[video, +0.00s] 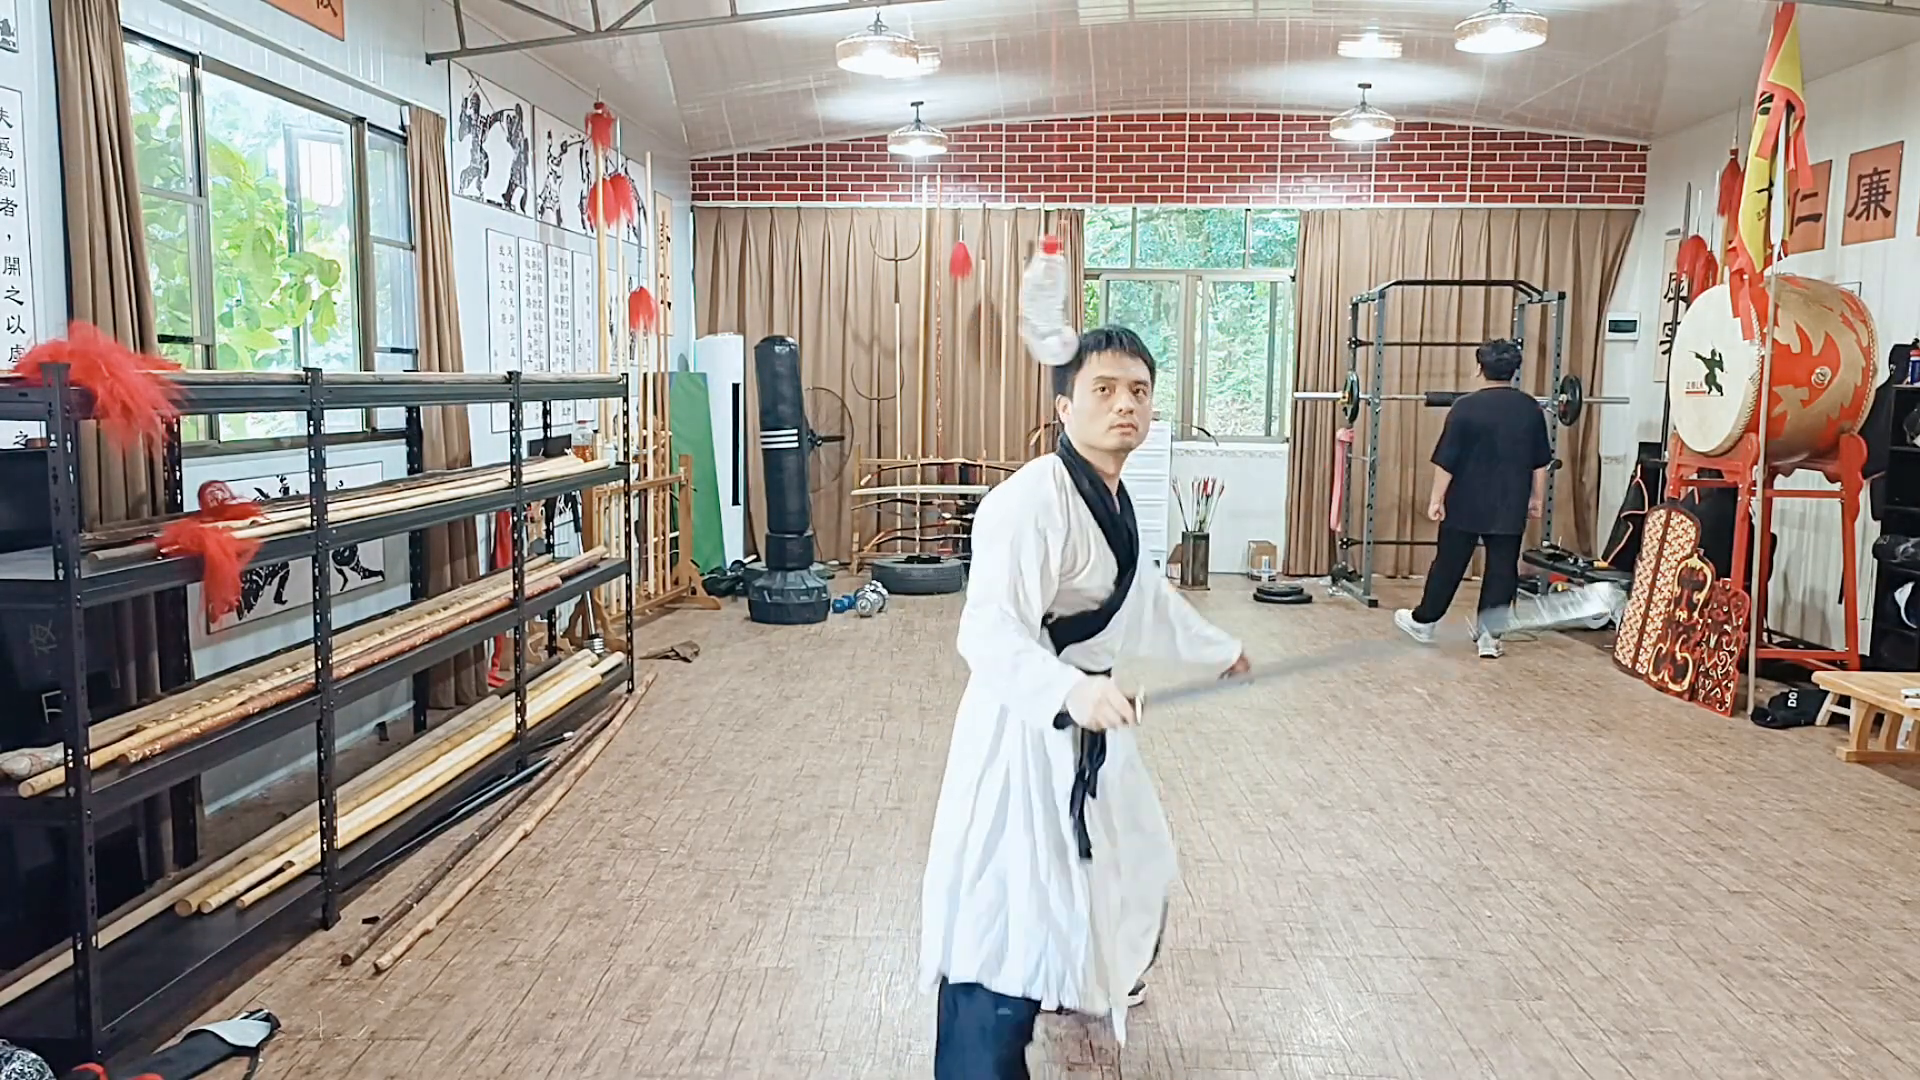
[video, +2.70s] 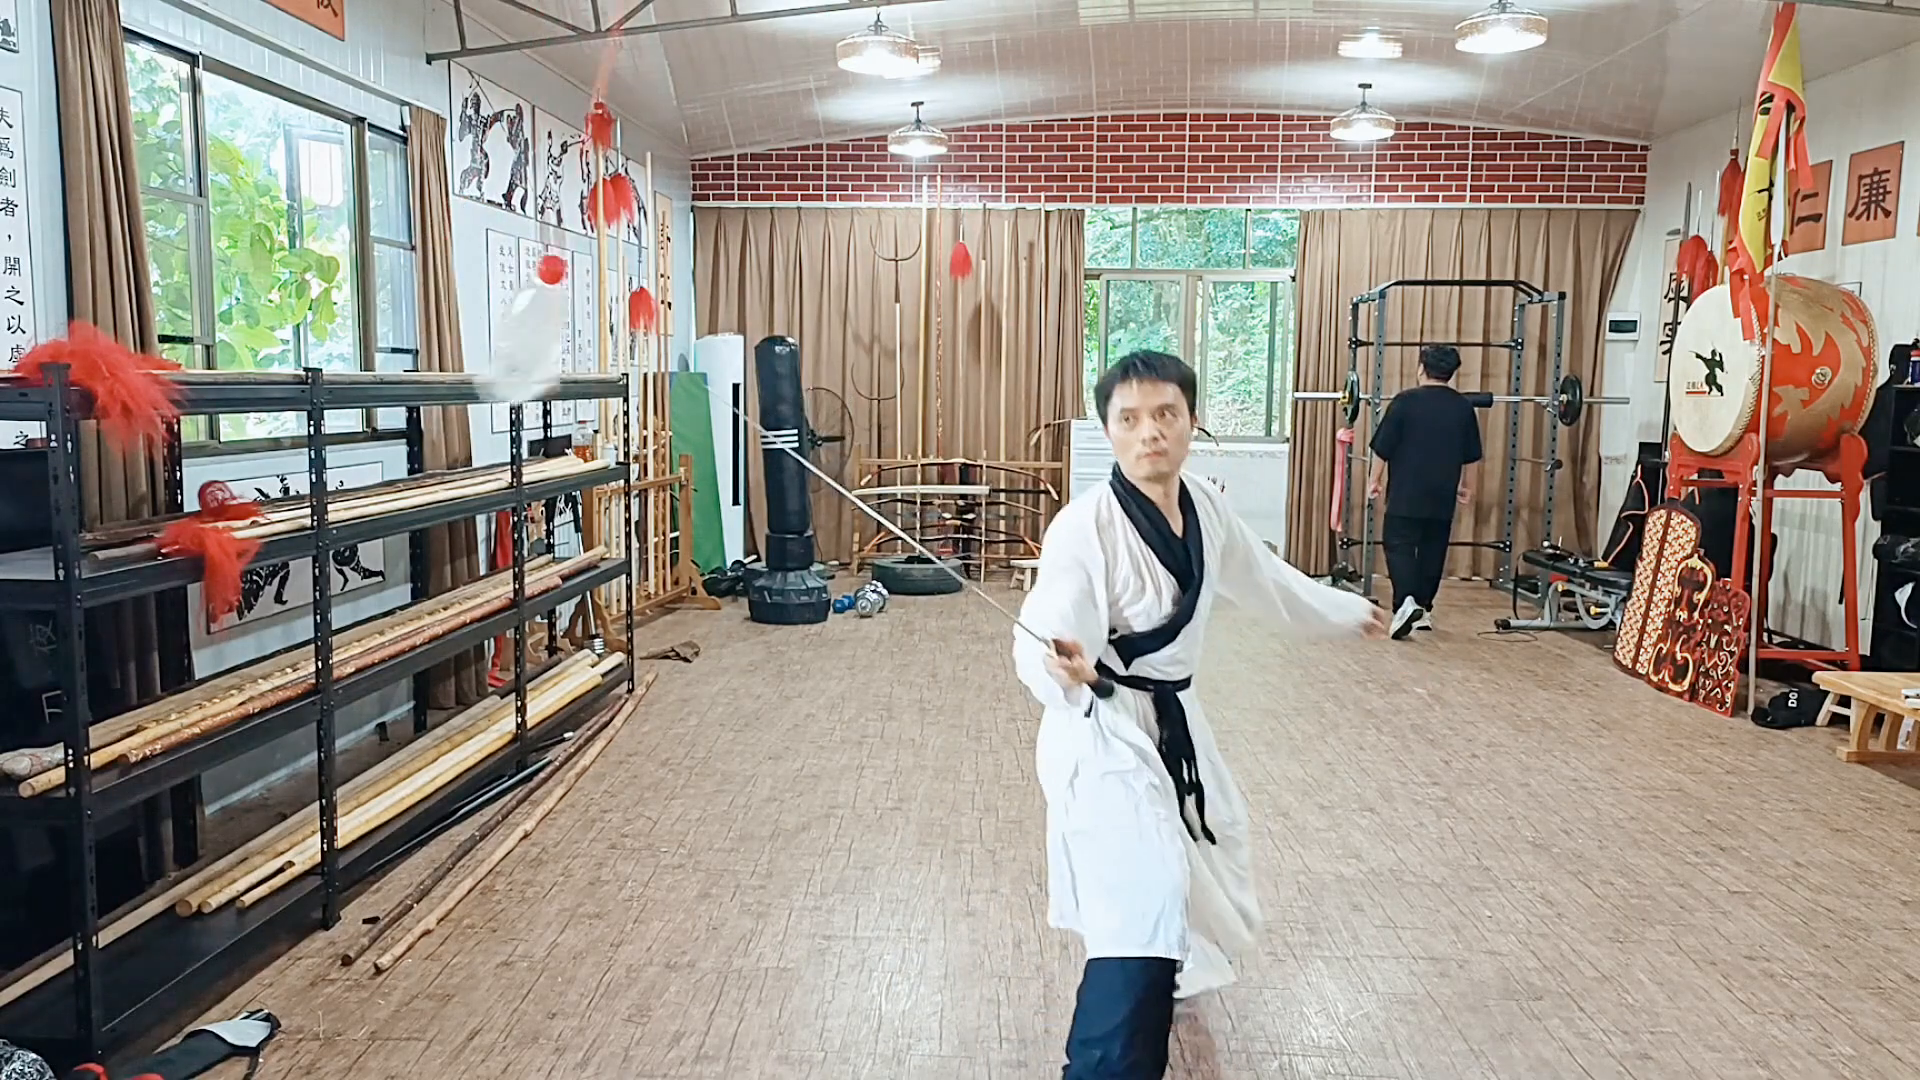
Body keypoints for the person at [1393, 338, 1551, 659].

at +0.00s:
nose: (1477, 368)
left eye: (1479, 365)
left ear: (1482, 369)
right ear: (1514, 370)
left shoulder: (1466, 406)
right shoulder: (1530, 408)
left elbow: (1446, 460)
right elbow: (1541, 461)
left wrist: (1436, 498)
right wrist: (1537, 498)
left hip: (1465, 505)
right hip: (1509, 509)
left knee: (1448, 564)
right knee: (1501, 573)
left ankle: (1423, 621)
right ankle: (1490, 636)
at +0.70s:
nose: (1434, 369)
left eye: (1436, 365)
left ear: (1438, 369)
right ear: (1469, 370)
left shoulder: (1422, 404)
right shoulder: (1484, 404)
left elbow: (1400, 454)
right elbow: (1499, 455)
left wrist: (1394, 487)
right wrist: (1496, 490)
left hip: (1425, 504)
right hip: (1467, 505)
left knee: (1422, 566)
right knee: (1468, 564)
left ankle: (1422, 625)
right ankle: (1483, 628)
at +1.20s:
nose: (1412, 370)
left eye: (1412, 366)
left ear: (1413, 369)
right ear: (1444, 369)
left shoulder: (1400, 406)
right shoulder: (1461, 404)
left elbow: (1377, 455)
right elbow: (1474, 452)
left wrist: (1363, 490)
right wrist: (1473, 486)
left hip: (1406, 502)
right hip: (1447, 500)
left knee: (1411, 561)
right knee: (1440, 554)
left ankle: (1421, 625)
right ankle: (1437, 612)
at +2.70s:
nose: (1417, 370)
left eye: (1419, 366)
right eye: (1420, 366)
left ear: (1423, 369)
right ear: (1453, 373)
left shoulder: (1405, 401)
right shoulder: (1463, 406)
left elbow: (1383, 447)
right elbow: (1471, 455)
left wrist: (1375, 478)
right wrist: (1468, 485)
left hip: (1406, 493)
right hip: (1442, 495)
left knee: (1397, 546)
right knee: (1434, 550)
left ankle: (1405, 603)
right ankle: (1423, 610)